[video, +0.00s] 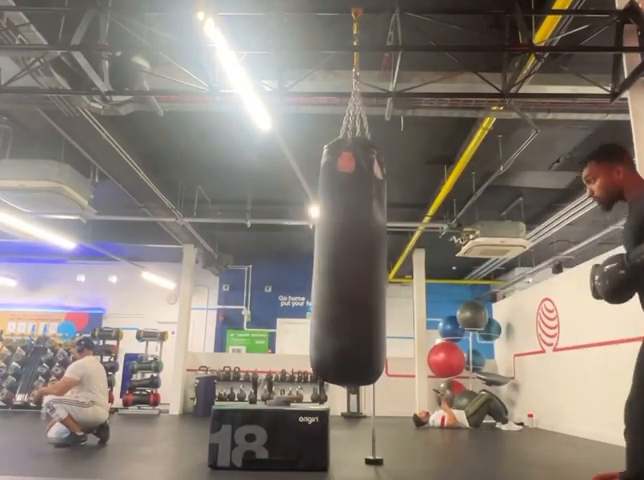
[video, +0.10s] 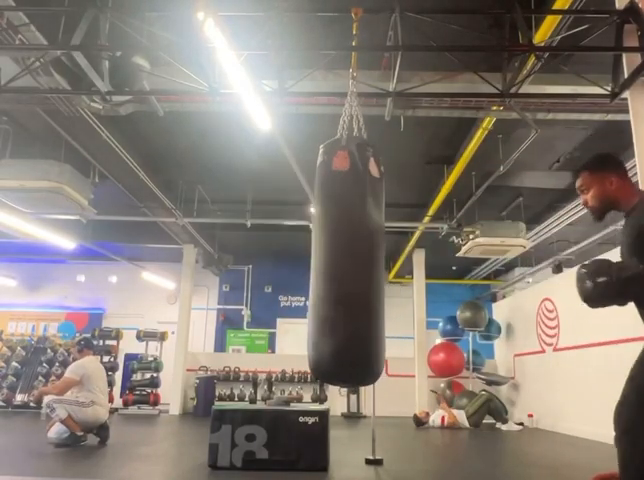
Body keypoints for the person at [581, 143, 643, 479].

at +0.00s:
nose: (589, 193)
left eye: (591, 180)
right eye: (586, 185)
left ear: (618, 168)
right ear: (618, 171)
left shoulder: (640, 208)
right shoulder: (634, 217)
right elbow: (634, 266)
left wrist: (628, 266)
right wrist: (614, 281)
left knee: (636, 407)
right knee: (636, 407)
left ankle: (635, 469)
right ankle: (633, 468)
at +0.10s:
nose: (583, 202)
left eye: (585, 190)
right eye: (580, 194)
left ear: (612, 180)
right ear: (613, 183)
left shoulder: (639, 220)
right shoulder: (633, 221)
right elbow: (637, 274)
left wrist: (621, 280)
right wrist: (617, 281)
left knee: (629, 416)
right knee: (629, 414)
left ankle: (631, 471)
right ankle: (629, 469)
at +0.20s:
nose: (565, 199)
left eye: (566, 188)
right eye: (562, 192)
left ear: (592, 177)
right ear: (592, 180)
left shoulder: (631, 202)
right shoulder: (620, 209)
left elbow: (642, 253)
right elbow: (629, 258)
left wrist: (599, 270)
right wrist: (590, 263)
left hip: (640, 325)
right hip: (636, 324)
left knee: (627, 414)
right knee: (626, 412)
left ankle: (630, 471)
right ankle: (629, 469)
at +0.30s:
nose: (548, 196)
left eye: (549, 185)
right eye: (545, 189)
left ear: (573, 174)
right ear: (575, 176)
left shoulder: (611, 196)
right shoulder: (604, 200)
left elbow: (622, 252)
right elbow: (611, 251)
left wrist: (564, 259)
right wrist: (571, 247)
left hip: (633, 318)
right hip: (626, 317)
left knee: (625, 405)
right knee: (624, 401)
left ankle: (628, 469)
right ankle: (626, 466)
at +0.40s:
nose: (537, 195)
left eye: (537, 185)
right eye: (534, 188)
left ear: (560, 173)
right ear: (564, 174)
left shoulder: (588, 195)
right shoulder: (611, 193)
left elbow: (592, 249)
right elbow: (591, 255)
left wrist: (535, 262)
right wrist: (555, 234)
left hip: (618, 320)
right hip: (635, 316)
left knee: (595, 416)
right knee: (639, 404)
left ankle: (607, 473)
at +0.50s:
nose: (527, 201)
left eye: (528, 191)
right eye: (524, 194)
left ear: (549, 181)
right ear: (555, 181)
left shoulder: (576, 203)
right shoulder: (603, 202)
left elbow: (580, 253)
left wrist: (525, 259)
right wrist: (540, 242)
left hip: (603, 324)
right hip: (632, 321)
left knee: (549, 409)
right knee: (640, 410)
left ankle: (558, 475)